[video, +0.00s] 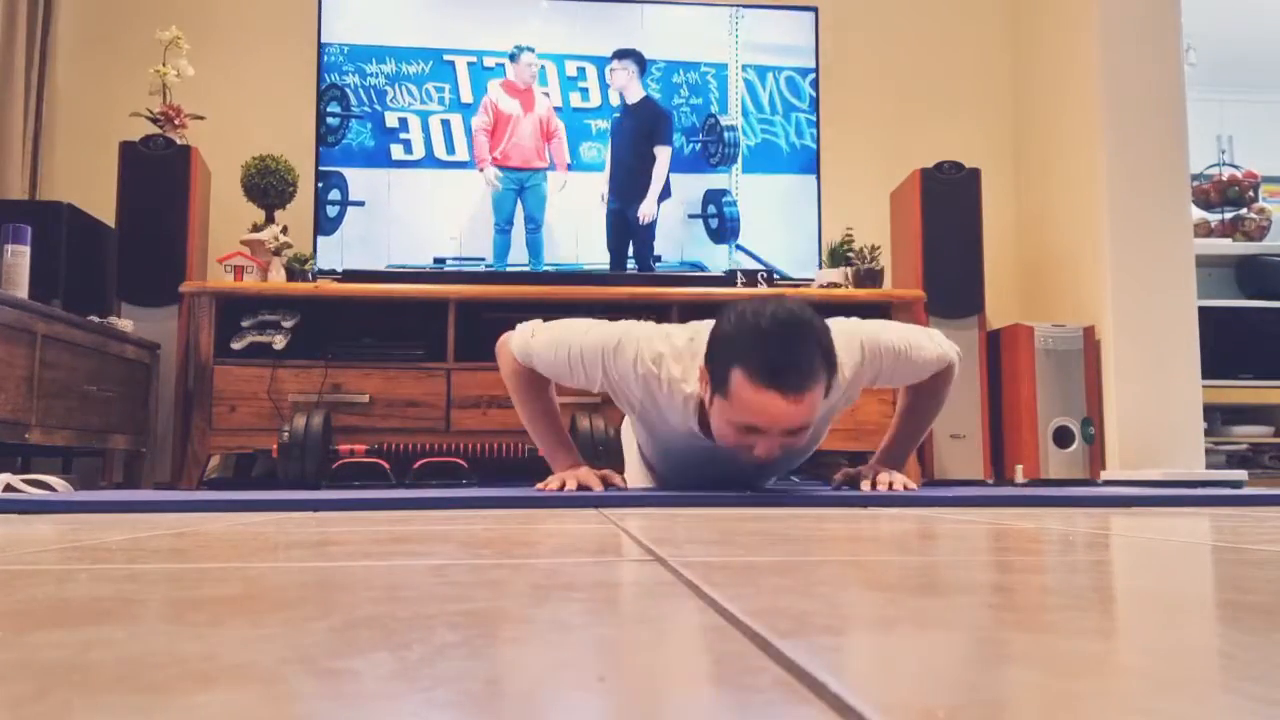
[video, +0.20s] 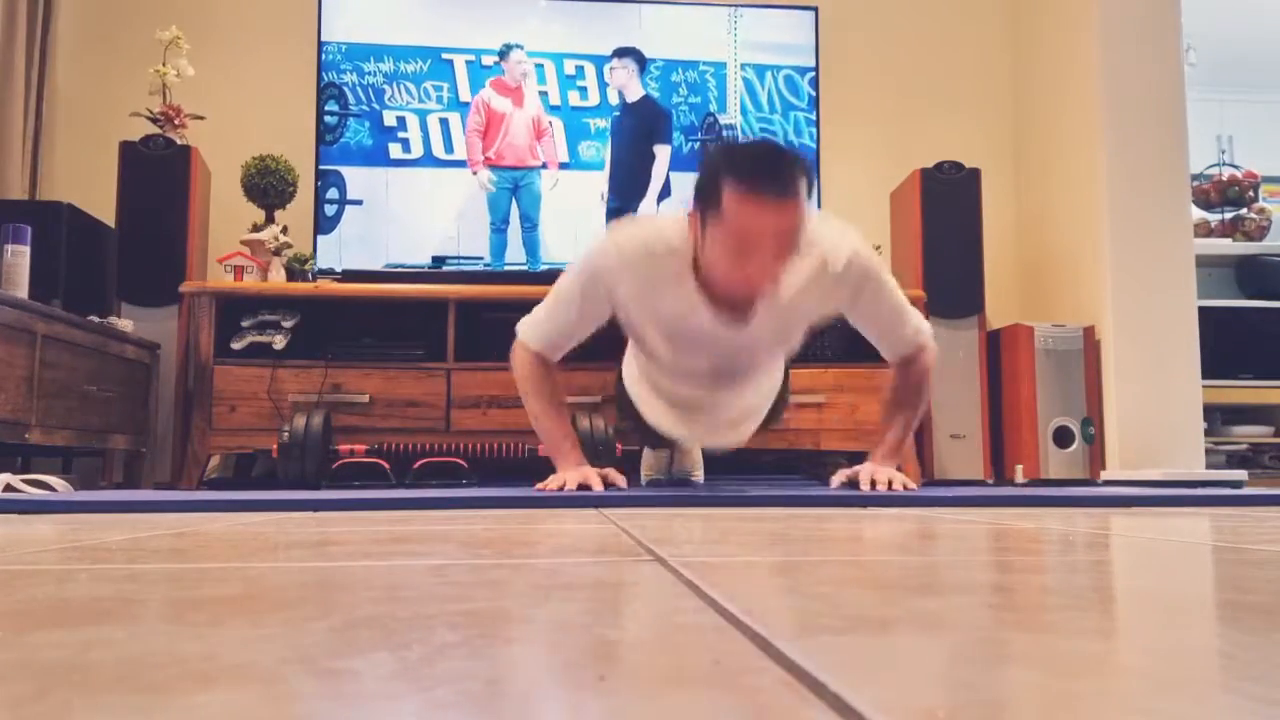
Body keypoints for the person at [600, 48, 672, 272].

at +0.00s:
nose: (609, 76)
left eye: (614, 70)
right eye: (609, 71)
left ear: (631, 73)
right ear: (625, 75)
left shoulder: (659, 115)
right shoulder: (619, 115)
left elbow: (663, 160)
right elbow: (611, 154)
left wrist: (651, 199)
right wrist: (606, 184)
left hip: (642, 199)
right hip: (616, 198)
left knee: (643, 260)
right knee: (616, 259)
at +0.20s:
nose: (609, 75)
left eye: (613, 69)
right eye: (609, 70)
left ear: (631, 71)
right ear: (628, 72)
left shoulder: (658, 113)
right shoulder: (618, 113)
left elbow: (663, 157)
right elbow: (612, 152)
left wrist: (651, 199)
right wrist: (606, 183)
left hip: (643, 202)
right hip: (616, 199)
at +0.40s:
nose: (608, 74)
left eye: (614, 68)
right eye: (609, 68)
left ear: (631, 71)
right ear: (628, 71)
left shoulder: (649, 109)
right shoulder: (619, 112)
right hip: (616, 196)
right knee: (616, 260)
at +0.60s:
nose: (607, 73)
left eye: (612, 67)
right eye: (608, 68)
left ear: (629, 70)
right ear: (623, 71)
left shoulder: (656, 111)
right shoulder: (616, 113)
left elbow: (661, 157)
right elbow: (609, 152)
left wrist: (648, 198)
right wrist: (603, 181)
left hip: (639, 197)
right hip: (613, 195)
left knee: (639, 258)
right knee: (612, 256)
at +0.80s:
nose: (606, 72)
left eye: (611, 66)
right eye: (606, 67)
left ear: (628, 70)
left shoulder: (654, 112)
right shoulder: (614, 112)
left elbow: (658, 158)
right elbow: (606, 152)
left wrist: (645, 198)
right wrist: (601, 181)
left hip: (637, 196)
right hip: (611, 194)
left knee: (637, 255)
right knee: (611, 254)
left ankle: (640, 303)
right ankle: (610, 300)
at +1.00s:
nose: (603, 73)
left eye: (606, 67)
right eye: (603, 67)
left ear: (623, 69)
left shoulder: (651, 112)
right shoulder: (611, 111)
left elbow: (653, 166)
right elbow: (603, 157)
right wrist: (599, 188)